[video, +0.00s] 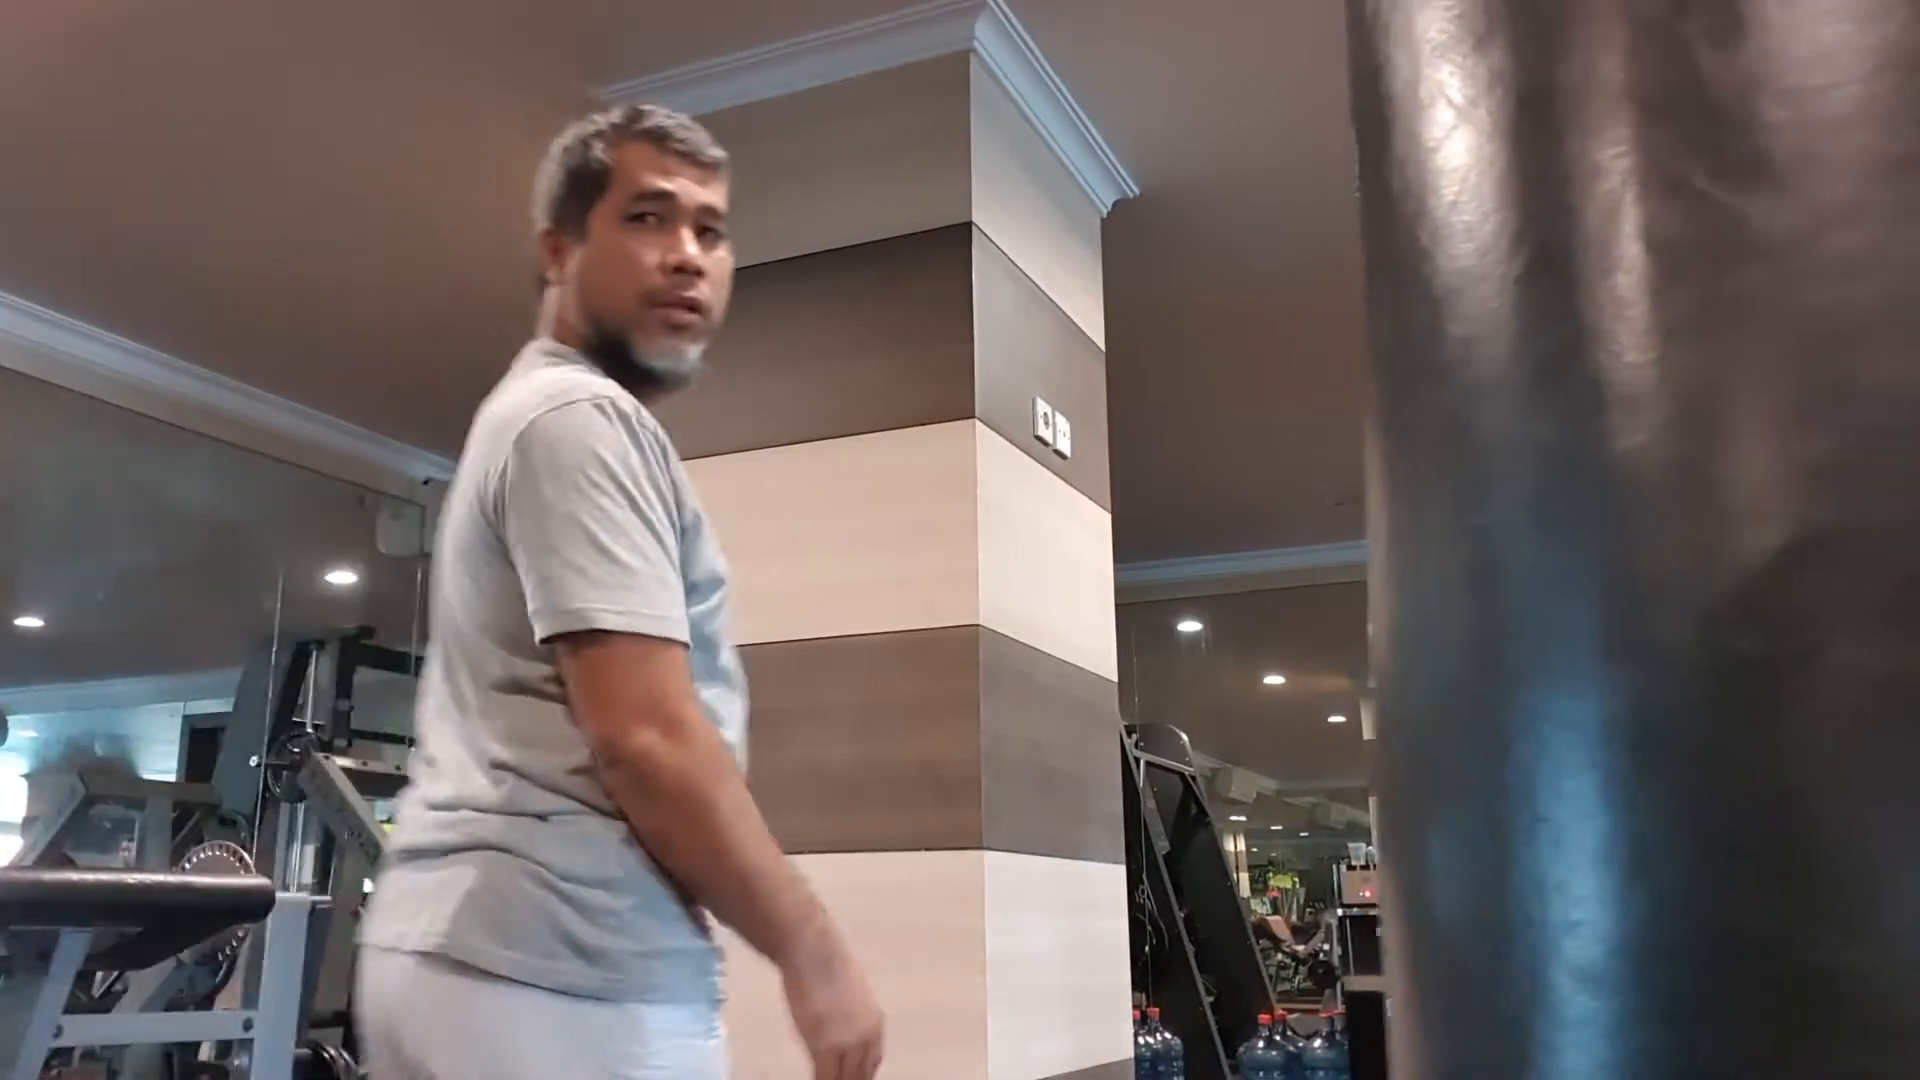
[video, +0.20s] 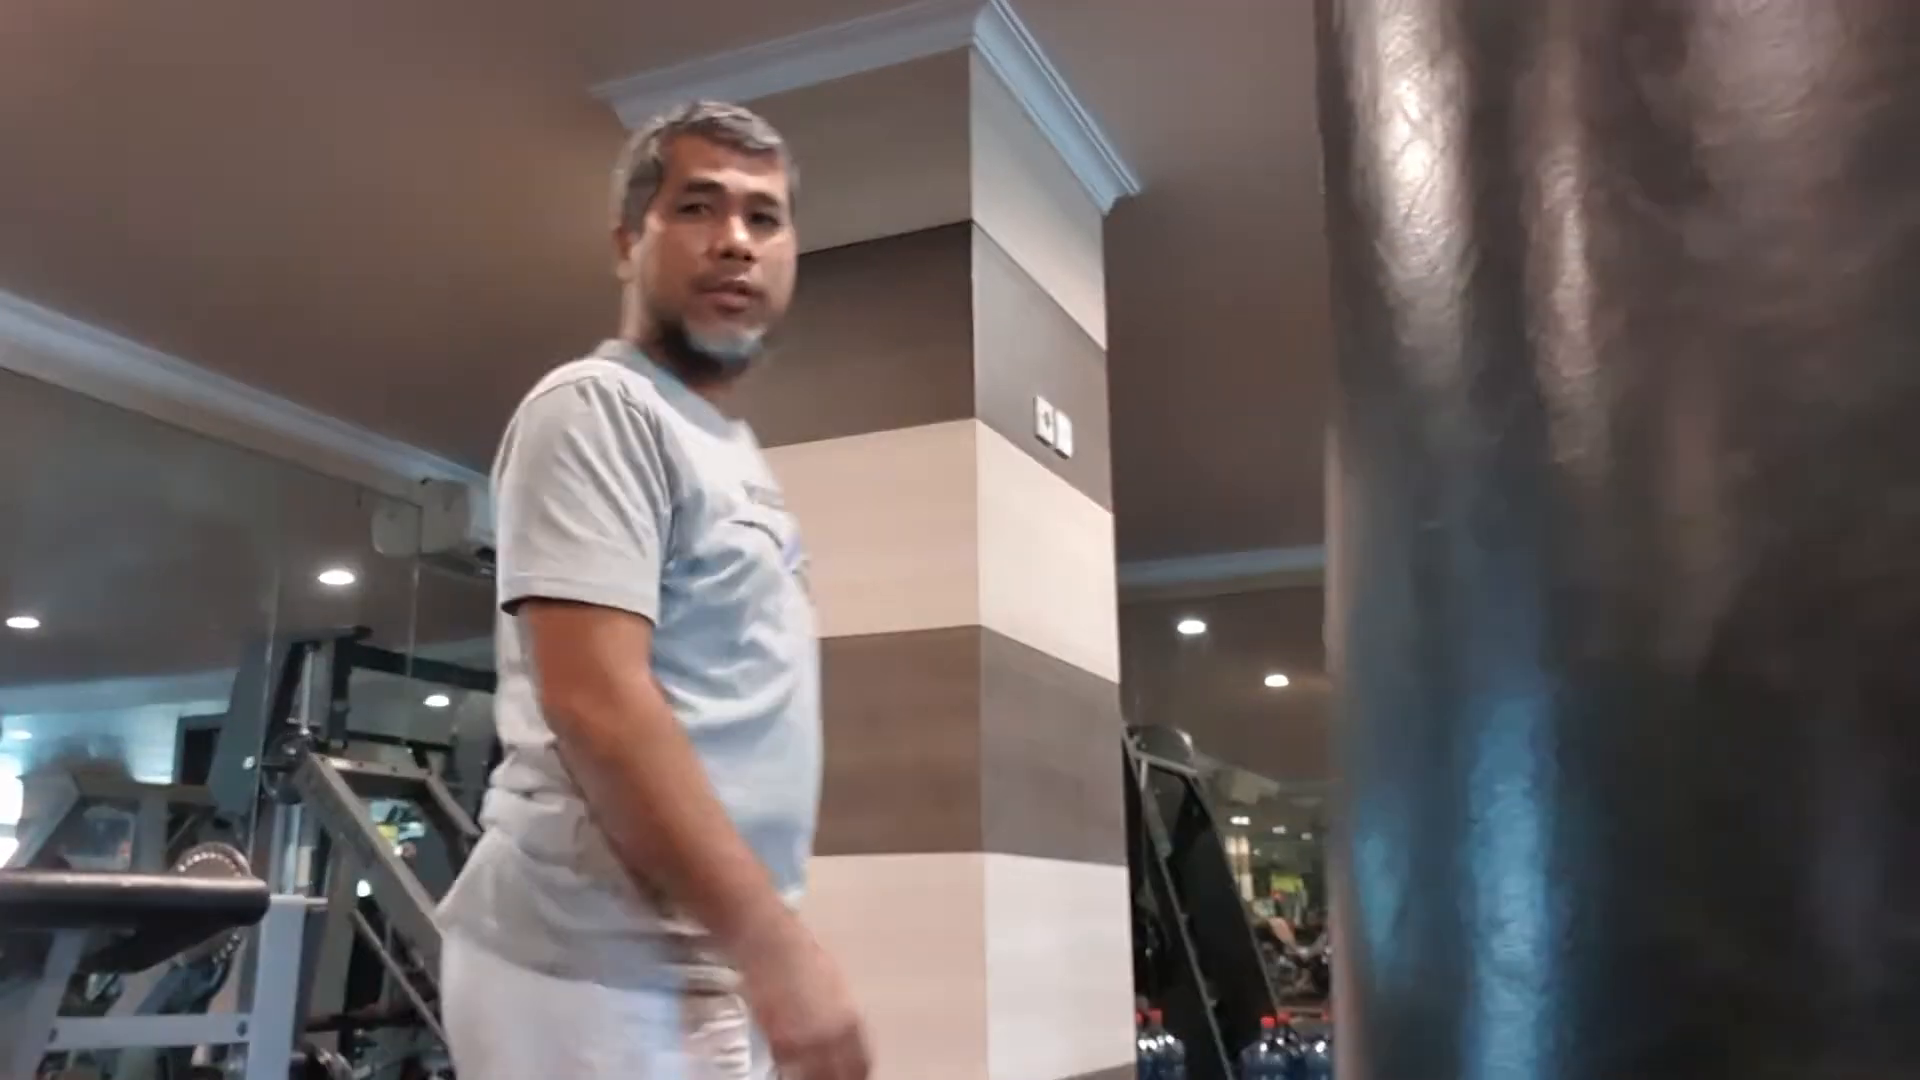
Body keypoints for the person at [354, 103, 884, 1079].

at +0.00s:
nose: (690, 258)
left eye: (710, 230)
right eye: (648, 219)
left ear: (729, 260)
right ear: (560, 249)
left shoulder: (534, 410)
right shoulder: (578, 419)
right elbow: (645, 742)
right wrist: (815, 956)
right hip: (561, 982)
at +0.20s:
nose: (735, 242)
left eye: (764, 218)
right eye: (696, 209)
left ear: (792, 253)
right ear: (628, 243)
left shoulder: (724, 442)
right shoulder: (591, 409)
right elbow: (597, 700)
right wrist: (774, 946)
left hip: (705, 960)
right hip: (594, 964)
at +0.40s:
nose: (790, 258)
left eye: (822, 235)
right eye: (757, 228)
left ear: (864, 280)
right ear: (700, 267)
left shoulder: (866, 484)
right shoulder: (626, 433)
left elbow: (887, 718)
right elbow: (546, 692)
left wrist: (979, 915)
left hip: (838, 974)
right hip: (673, 974)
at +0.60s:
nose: (835, 259)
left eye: (871, 235)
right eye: (802, 231)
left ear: (919, 280)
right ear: (753, 272)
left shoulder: (963, 497)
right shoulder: (665, 454)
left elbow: (1030, 719)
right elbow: (547, 703)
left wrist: (1146, 879)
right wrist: (436, 959)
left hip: (910, 958)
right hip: (714, 937)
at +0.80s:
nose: (854, 235)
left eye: (889, 207)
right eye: (820, 207)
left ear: (943, 256)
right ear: (776, 252)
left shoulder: (1031, 458)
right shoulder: (682, 459)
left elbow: (1119, 650)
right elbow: (610, 726)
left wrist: (1165, 725)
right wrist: (555, 988)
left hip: (957, 971)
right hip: (726, 961)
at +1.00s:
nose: (839, 202)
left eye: (879, 174)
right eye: (805, 173)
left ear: (941, 228)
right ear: (764, 225)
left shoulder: (1046, 416)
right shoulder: (681, 458)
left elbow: (1189, 664)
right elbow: (646, 733)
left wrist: (1135, 612)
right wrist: (624, 1004)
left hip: (999, 1007)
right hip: (745, 1006)